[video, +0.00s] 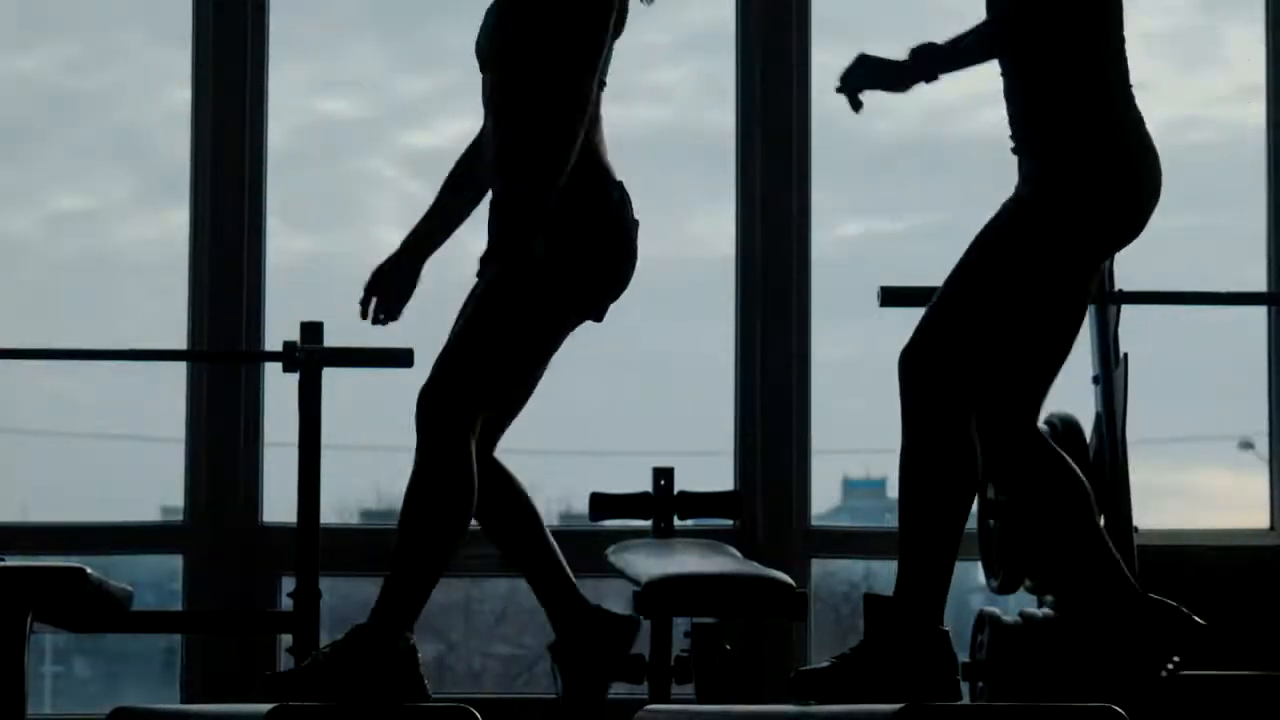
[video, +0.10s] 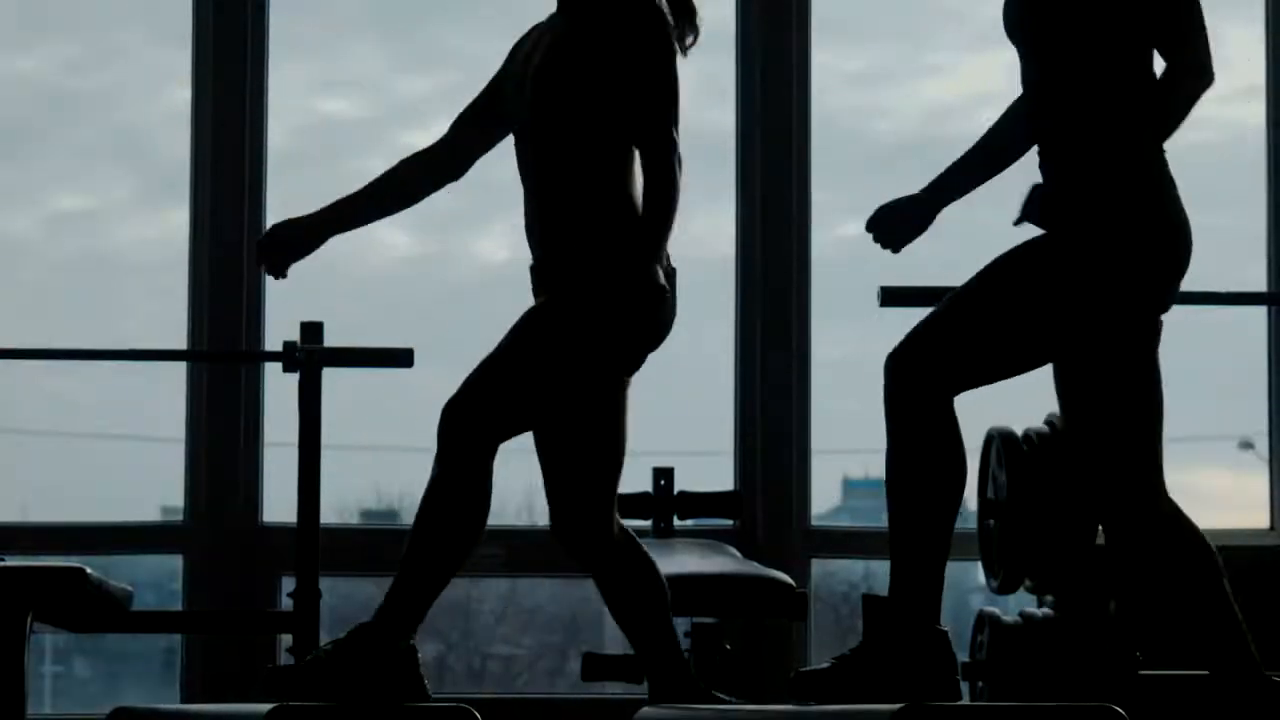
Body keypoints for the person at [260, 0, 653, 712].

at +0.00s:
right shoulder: (521, 7)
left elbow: (548, 129)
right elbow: (495, 135)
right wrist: (412, 253)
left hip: (564, 231)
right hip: (539, 231)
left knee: (447, 417)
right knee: (464, 442)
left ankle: (383, 643)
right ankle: (579, 628)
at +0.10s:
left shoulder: (640, 31)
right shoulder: (539, 47)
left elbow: (662, 154)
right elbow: (444, 158)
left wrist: (649, 260)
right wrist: (319, 226)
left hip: (620, 292)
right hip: (570, 296)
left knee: (470, 423)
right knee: (586, 522)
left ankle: (387, 642)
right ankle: (676, 689)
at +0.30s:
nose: (596, 24)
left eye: (610, 10)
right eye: (592, 11)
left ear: (645, 4)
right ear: (585, 9)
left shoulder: (682, 72)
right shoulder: (576, 92)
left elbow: (738, 204)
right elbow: (486, 201)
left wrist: (767, 334)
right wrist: (374, 182)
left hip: (701, 331)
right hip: (652, 335)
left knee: (555, 426)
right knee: (655, 565)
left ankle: (472, 646)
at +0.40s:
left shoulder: (701, 42)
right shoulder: (592, 54)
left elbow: (749, 183)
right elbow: (529, 186)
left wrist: (765, 316)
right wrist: (419, 216)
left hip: (703, 303)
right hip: (667, 305)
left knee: (578, 433)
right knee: (687, 528)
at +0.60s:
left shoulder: (708, 60)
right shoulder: (635, 72)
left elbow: (740, 217)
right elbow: (626, 243)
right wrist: (561, 357)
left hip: (715, 339)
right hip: (665, 341)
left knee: (708, 546)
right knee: (660, 549)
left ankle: (808, 711)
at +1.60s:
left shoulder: (549, 0)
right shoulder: (395, 0)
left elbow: (606, 111)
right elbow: (303, 86)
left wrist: (659, 245)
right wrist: (211, 99)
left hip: (541, 209)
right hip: (463, 220)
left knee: (365, 236)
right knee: (331, 415)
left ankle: (485, 442)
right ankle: (304, 647)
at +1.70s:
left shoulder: (573, 0)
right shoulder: (432, 6)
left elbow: (588, 116)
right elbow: (366, 120)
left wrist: (585, 244)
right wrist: (265, 198)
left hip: (550, 238)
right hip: (471, 238)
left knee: (450, 370)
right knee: (360, 424)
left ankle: (604, 542)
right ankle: (307, 648)